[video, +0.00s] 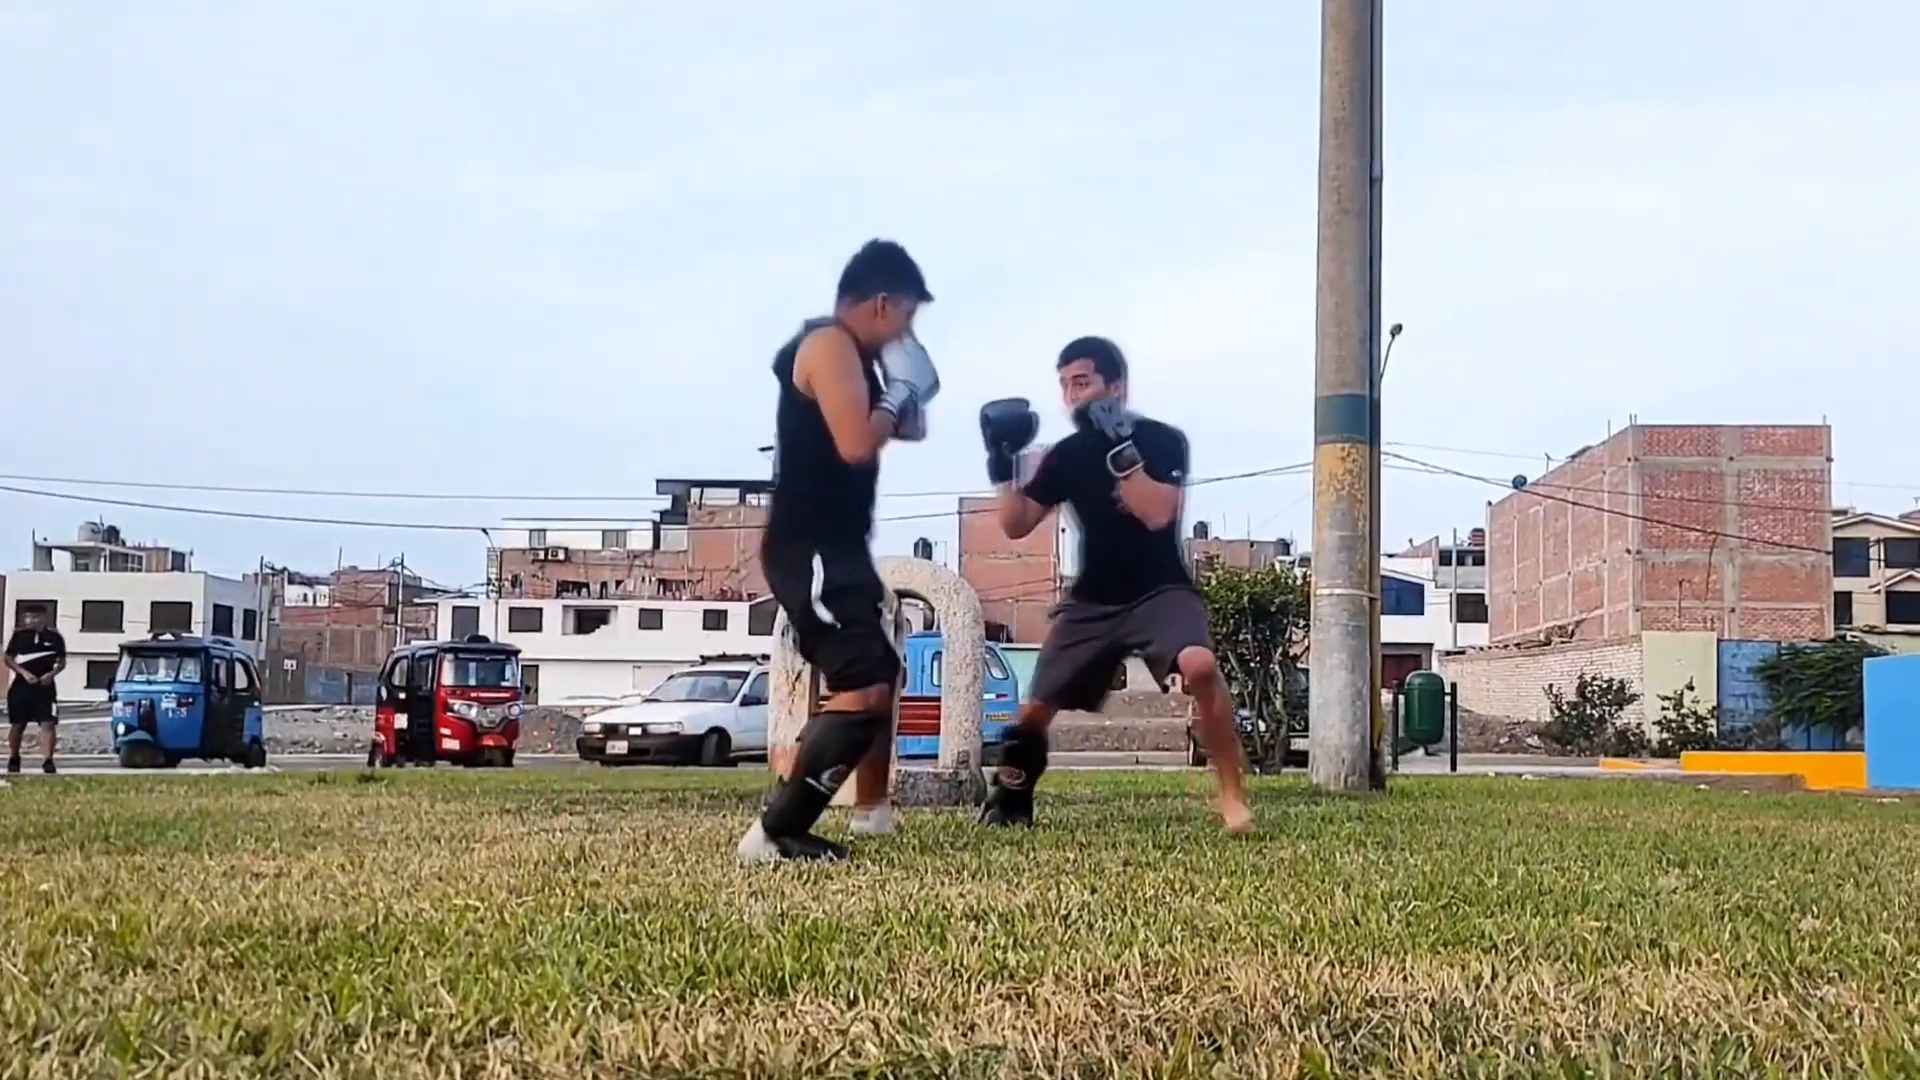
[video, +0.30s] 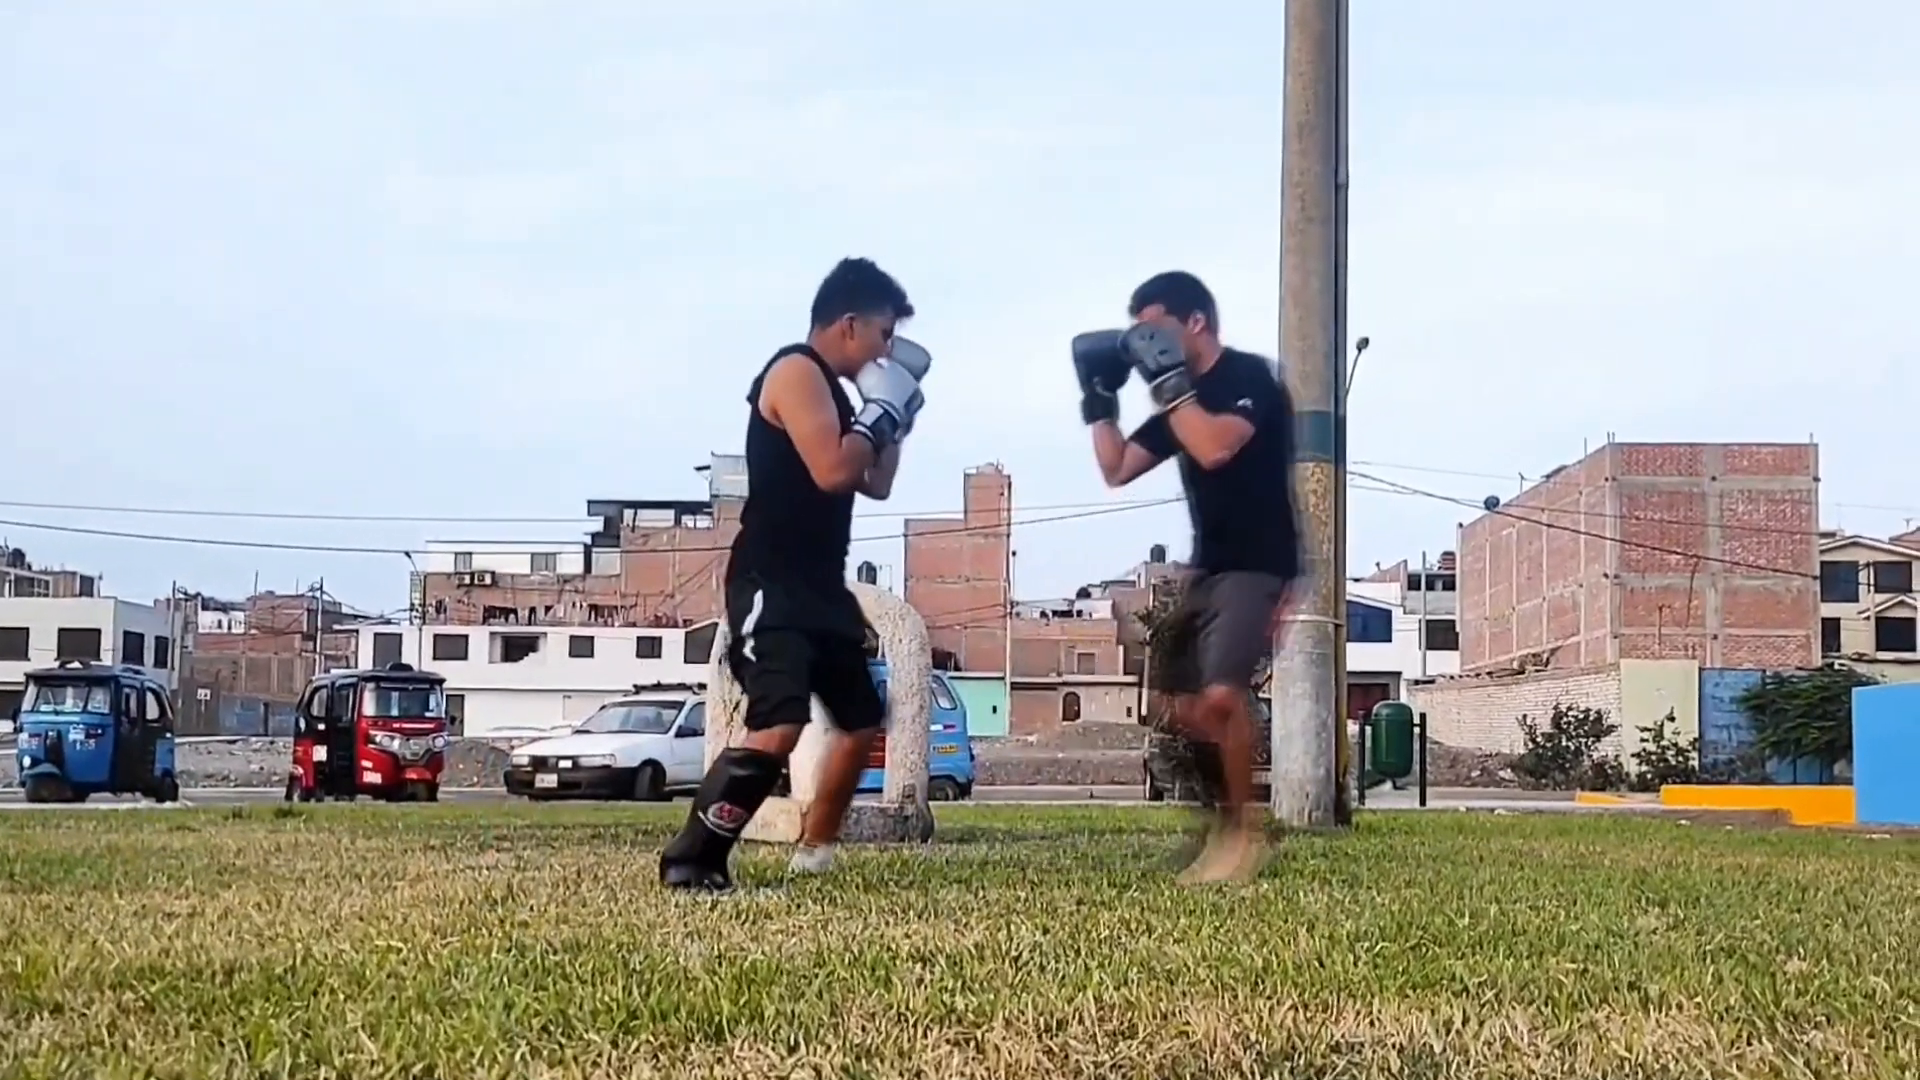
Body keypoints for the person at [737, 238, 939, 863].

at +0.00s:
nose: (908, 331)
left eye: (911, 318)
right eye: (907, 316)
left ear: (871, 303)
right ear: (878, 303)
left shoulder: (848, 353)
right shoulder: (828, 346)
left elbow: (907, 432)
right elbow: (857, 444)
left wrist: (904, 395)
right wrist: (894, 396)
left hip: (840, 545)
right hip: (811, 547)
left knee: (878, 686)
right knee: (861, 691)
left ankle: (790, 829)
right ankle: (772, 833)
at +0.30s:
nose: (887, 350)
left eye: (891, 338)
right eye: (884, 335)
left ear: (843, 326)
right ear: (846, 322)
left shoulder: (835, 391)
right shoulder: (796, 372)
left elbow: (877, 482)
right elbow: (833, 471)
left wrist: (895, 409)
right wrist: (878, 410)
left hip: (821, 581)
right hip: (772, 578)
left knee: (861, 727)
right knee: (778, 723)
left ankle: (813, 858)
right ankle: (692, 860)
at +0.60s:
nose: (894, 362)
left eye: (898, 349)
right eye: (885, 345)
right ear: (839, 337)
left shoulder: (860, 422)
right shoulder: (785, 402)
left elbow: (932, 481)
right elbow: (815, 492)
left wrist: (951, 417)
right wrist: (869, 423)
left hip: (848, 627)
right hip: (782, 624)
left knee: (920, 757)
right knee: (737, 761)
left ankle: (923, 902)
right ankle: (640, 890)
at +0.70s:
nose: (907, 360)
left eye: (914, 347)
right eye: (898, 342)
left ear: (910, 354)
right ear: (852, 337)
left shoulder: (886, 422)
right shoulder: (796, 407)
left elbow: (978, 460)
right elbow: (829, 495)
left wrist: (973, 384)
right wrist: (874, 415)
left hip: (869, 629)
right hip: (797, 626)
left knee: (928, 765)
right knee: (753, 755)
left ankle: (908, 914)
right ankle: (649, 898)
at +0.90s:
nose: (949, 351)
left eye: (953, 336)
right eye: (940, 334)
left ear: (933, 336)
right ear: (894, 328)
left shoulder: (921, 414)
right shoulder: (830, 396)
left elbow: (986, 496)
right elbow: (850, 496)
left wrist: (1007, 419)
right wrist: (908, 418)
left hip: (911, 614)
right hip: (830, 613)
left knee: (995, 742)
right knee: (807, 753)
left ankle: (948, 877)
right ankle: (760, 912)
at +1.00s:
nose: (975, 370)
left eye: (978, 355)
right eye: (965, 352)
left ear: (942, 354)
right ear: (916, 348)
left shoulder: (944, 432)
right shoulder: (849, 421)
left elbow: (985, 533)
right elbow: (862, 522)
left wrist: (1024, 476)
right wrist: (924, 451)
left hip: (950, 638)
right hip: (865, 644)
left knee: (1054, 732)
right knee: (820, 771)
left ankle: (1030, 866)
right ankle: (761, 913)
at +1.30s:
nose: (1173, 396)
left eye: (1175, 382)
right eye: (1163, 380)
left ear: (1133, 387)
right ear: (1118, 381)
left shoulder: (1134, 464)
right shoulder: (1075, 437)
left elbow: (1185, 537)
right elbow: (1091, 507)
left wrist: (1256, 489)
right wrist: (1195, 471)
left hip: (1088, 668)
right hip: (1025, 665)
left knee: (1190, 763)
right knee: (937, 800)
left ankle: (1213, 930)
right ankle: (800, 897)